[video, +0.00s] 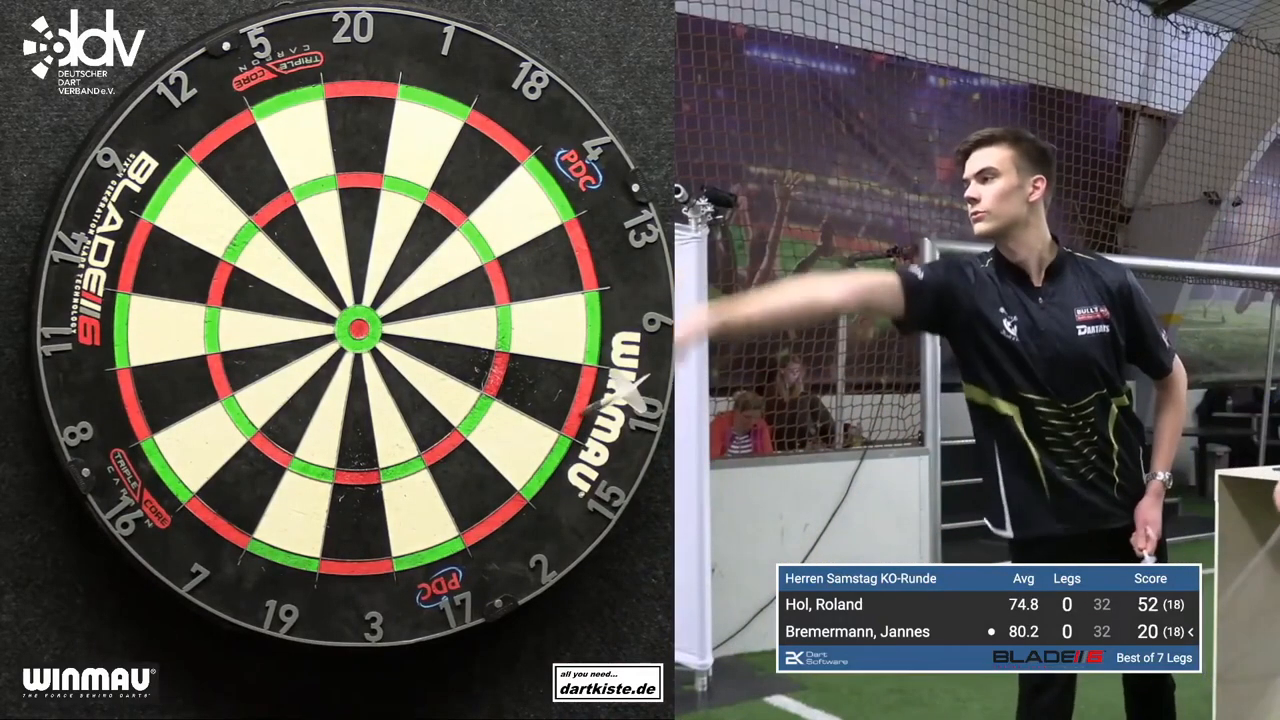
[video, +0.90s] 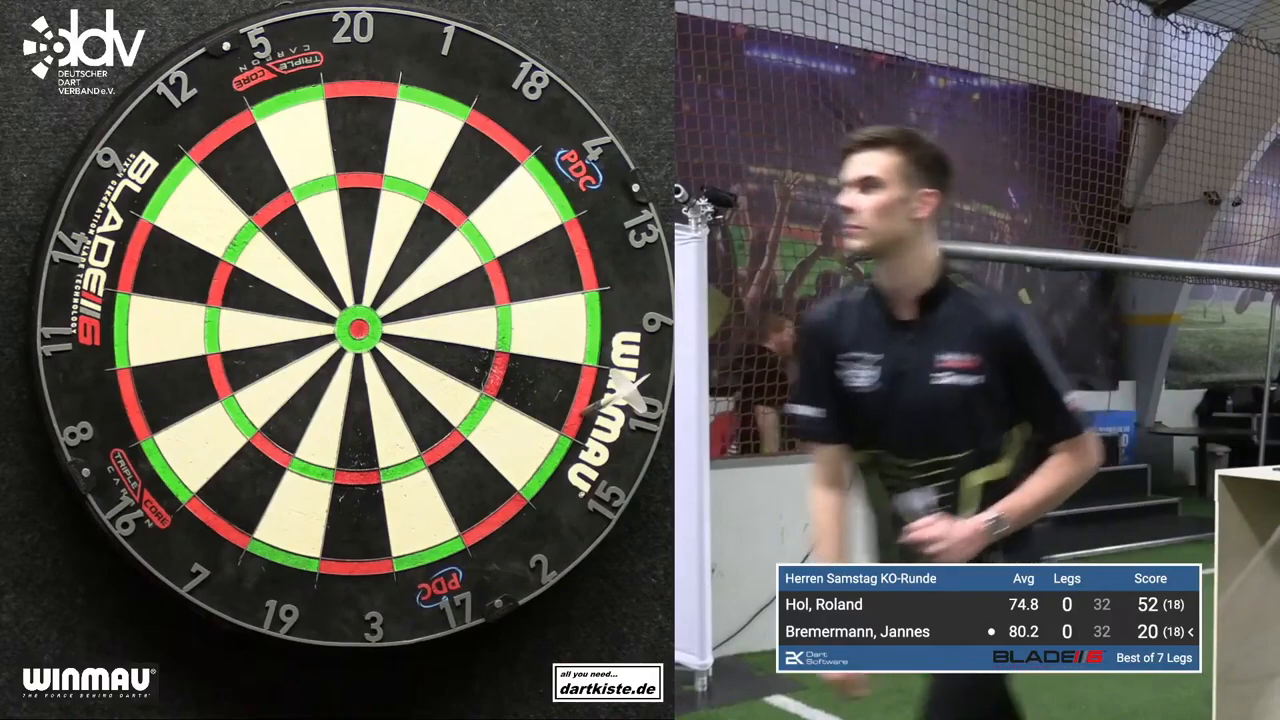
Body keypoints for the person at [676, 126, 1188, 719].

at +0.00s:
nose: (970, 193)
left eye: (986, 178)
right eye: (967, 184)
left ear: (1037, 188)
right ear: (969, 198)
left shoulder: (1109, 283)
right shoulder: (960, 284)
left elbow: (1173, 381)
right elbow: (840, 290)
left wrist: (1157, 487)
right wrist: (707, 318)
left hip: (1127, 522)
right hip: (1038, 535)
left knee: (1153, 682)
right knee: (1046, 691)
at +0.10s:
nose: (970, 192)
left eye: (987, 178)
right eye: (967, 183)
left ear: (1037, 188)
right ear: (969, 198)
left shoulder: (1110, 284)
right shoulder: (960, 289)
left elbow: (1173, 382)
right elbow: (842, 329)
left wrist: (1156, 488)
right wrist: (714, 377)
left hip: (1129, 523)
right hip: (1039, 538)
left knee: (1153, 680)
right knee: (1046, 691)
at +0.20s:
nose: (970, 194)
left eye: (987, 178)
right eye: (967, 184)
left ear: (1037, 189)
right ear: (967, 199)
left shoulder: (1108, 284)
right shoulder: (960, 295)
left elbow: (1174, 382)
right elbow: (864, 364)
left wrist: (1156, 488)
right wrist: (753, 445)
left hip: (1128, 521)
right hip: (1037, 539)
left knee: (1155, 682)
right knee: (1046, 693)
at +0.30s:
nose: (967, 197)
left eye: (985, 181)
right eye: (964, 187)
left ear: (1035, 191)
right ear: (965, 202)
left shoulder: (1108, 285)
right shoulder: (960, 307)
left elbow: (1172, 387)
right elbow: (902, 417)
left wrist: (1153, 491)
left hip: (1128, 524)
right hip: (1037, 544)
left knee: (1150, 678)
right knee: (1052, 695)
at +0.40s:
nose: (958, 203)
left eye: (976, 186)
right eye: (956, 192)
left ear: (1025, 197)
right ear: (955, 207)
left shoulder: (1098, 293)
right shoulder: (948, 319)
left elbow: (1162, 391)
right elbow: (927, 460)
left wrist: (1131, 482)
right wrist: (910, 582)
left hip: (1112, 529)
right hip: (1024, 546)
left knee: (1144, 683)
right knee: (1055, 698)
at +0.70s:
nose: (911, 203)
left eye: (930, 187)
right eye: (909, 191)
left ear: (982, 200)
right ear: (907, 204)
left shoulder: (1056, 309)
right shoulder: (898, 323)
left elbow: (1120, 424)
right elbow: (909, 465)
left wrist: (1041, 490)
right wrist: (918, 581)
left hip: (1061, 566)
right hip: (969, 571)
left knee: (1049, 707)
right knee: (1009, 707)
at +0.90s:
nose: (844, 202)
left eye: (868, 187)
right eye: (844, 188)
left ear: (925, 204)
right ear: (843, 201)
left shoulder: (996, 324)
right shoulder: (831, 330)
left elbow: (1081, 451)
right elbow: (829, 481)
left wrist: (983, 526)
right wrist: (832, 619)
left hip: (1003, 580)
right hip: (911, 586)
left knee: (947, 708)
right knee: (992, 708)